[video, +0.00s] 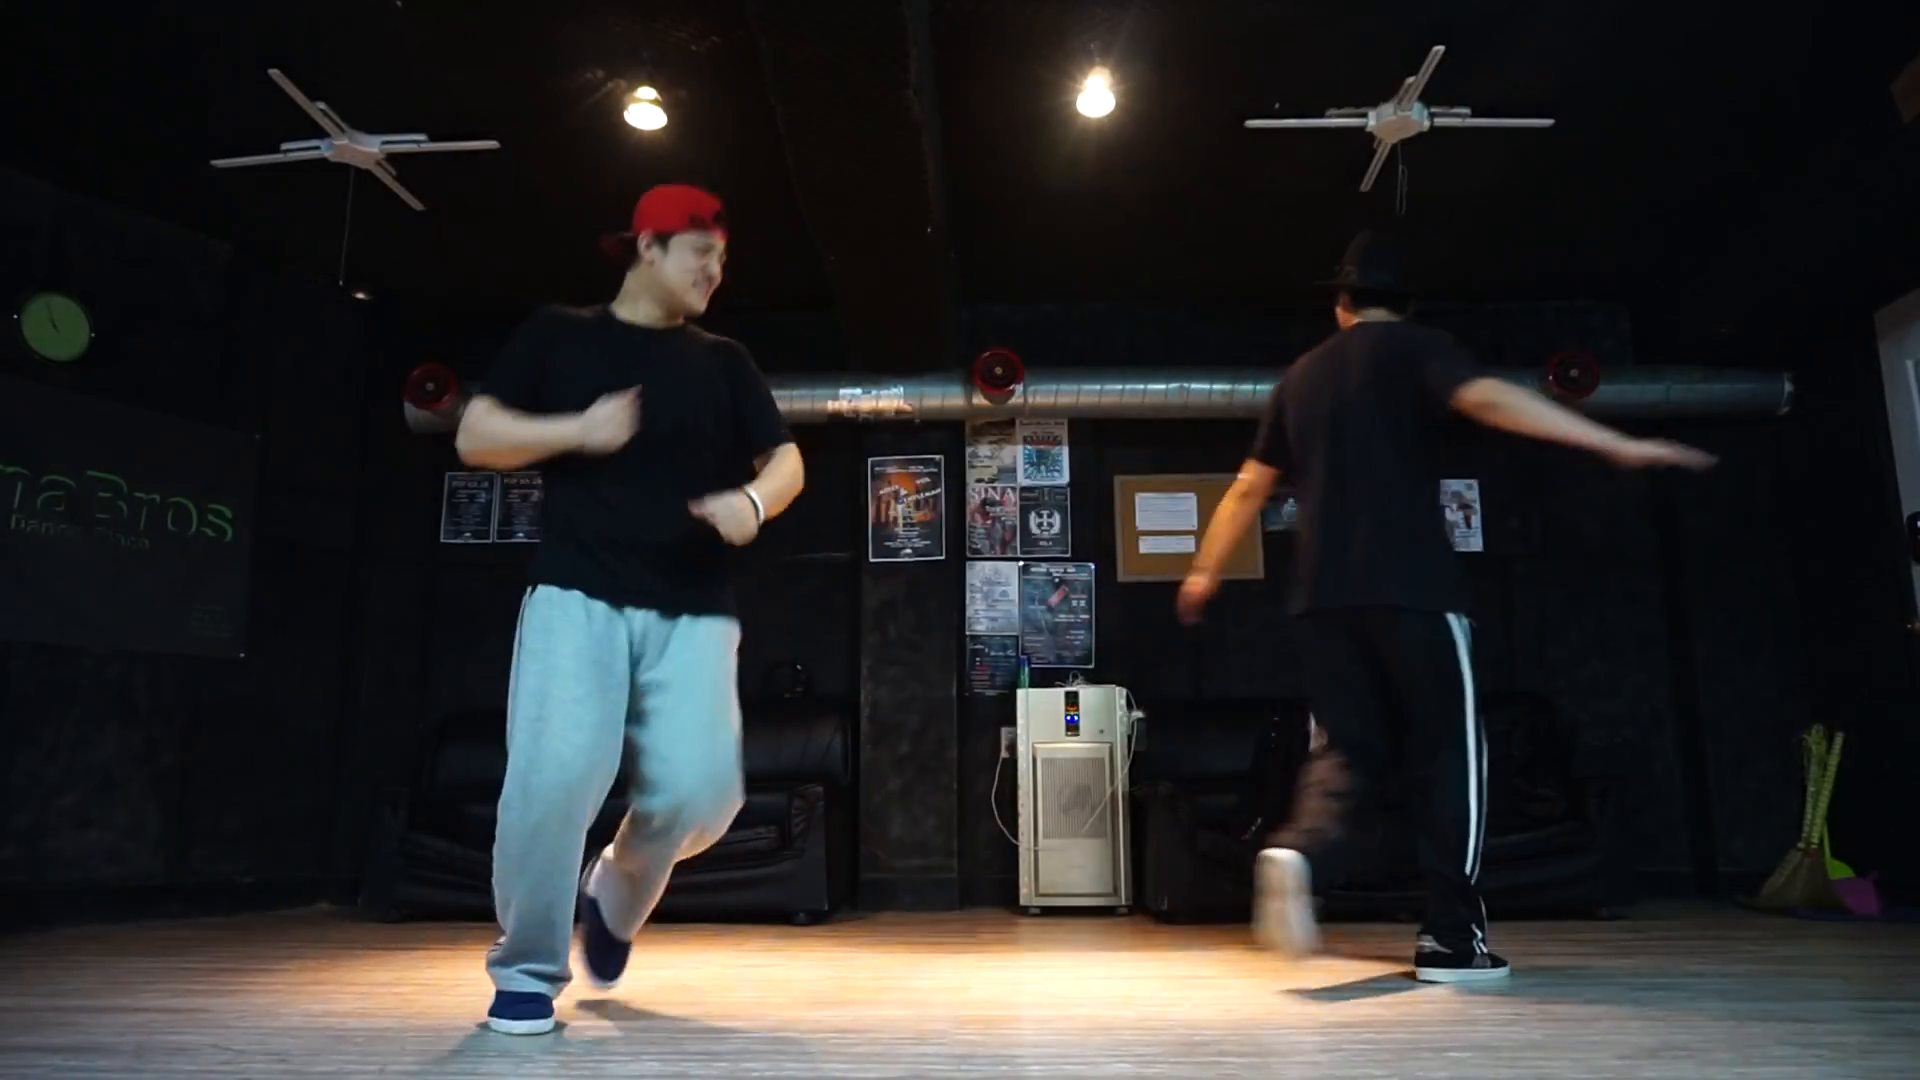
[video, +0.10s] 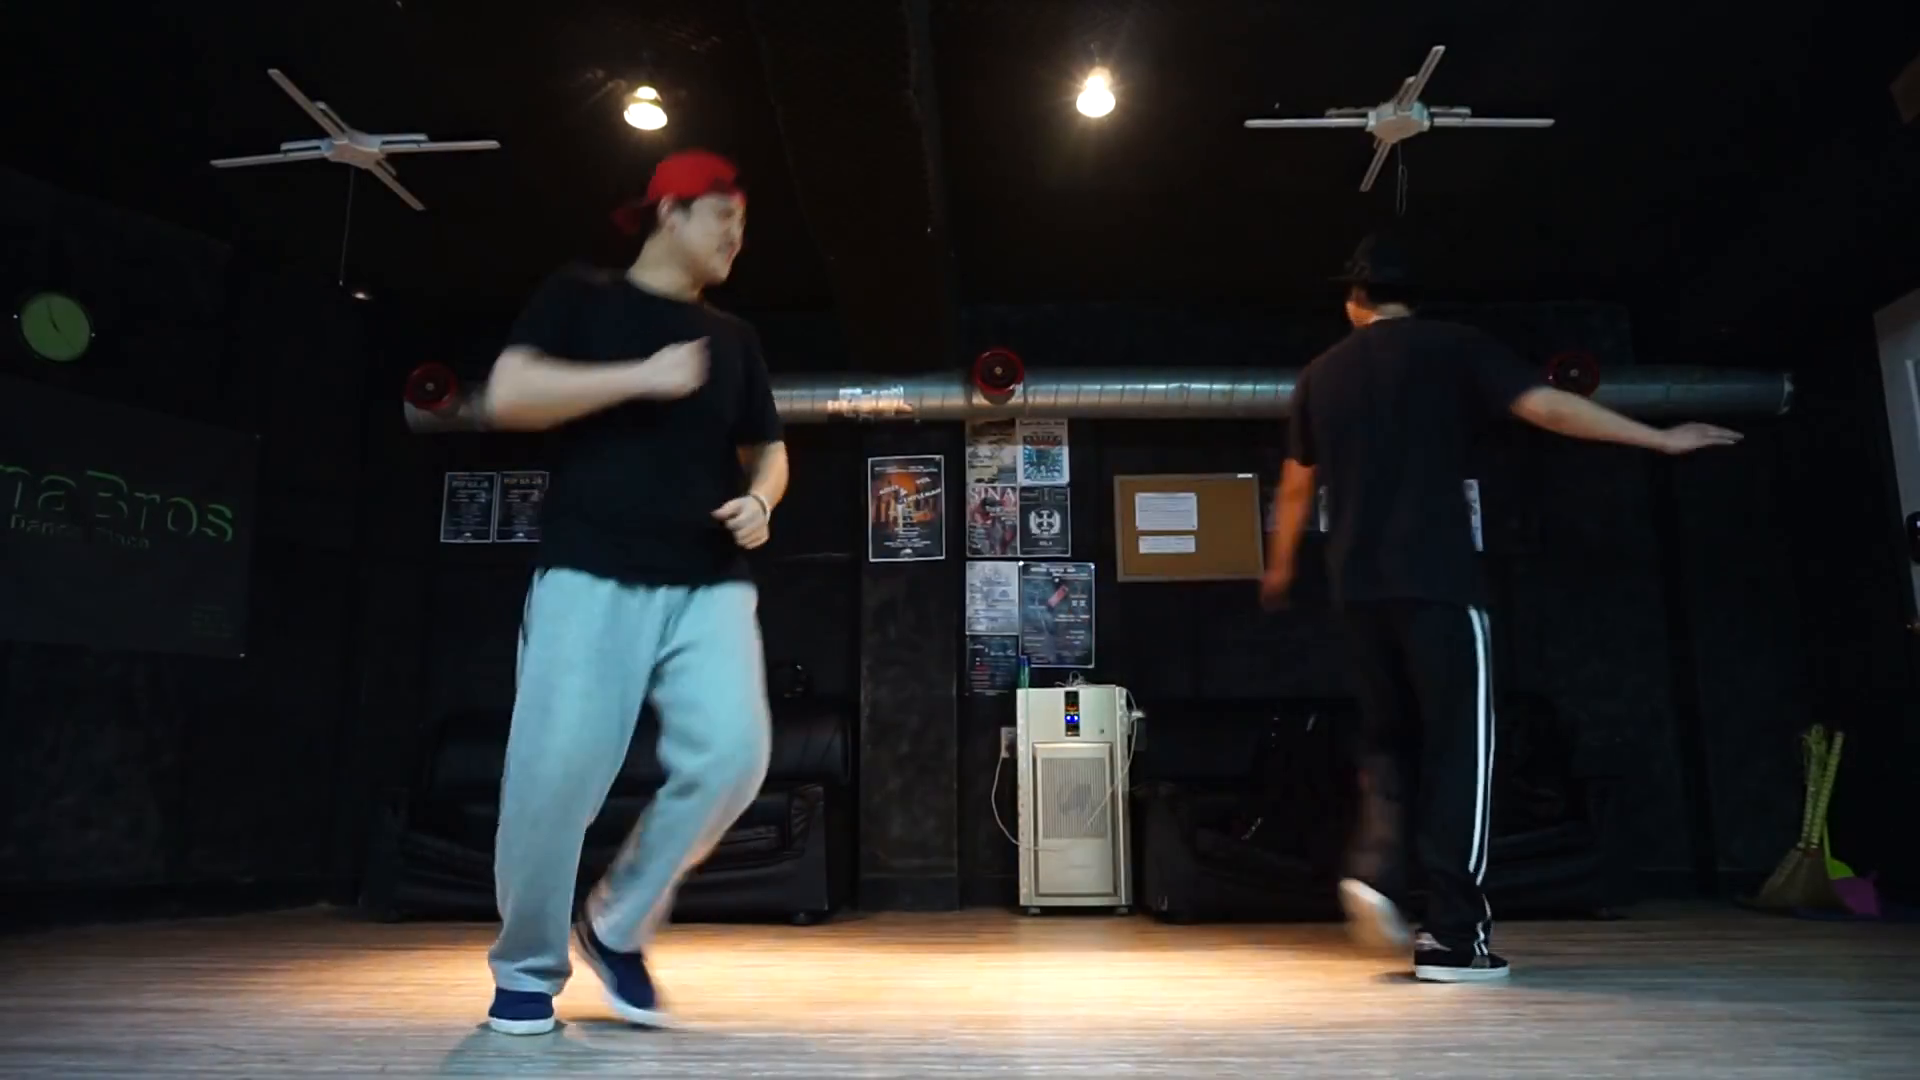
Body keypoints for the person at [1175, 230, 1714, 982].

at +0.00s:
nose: (1354, 309)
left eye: (1347, 297)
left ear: (1339, 301)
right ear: (1408, 298)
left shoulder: (1300, 379)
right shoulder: (1417, 353)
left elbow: (1249, 488)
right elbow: (1494, 401)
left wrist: (1205, 569)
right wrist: (1617, 443)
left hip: (1327, 598)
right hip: (1416, 590)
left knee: (1349, 749)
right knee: (1451, 753)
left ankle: (1296, 853)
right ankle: (1452, 936)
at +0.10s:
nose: (1347, 309)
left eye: (1348, 299)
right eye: (1355, 299)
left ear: (1355, 301)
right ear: (1420, 294)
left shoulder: (1322, 374)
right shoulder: (1450, 350)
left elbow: (1296, 485)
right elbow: (1545, 406)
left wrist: (1279, 563)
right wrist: (1660, 438)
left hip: (1358, 591)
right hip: (1442, 583)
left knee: (1391, 740)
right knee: (1462, 751)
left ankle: (1374, 876)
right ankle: (1455, 937)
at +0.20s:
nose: (1362, 319)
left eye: (1360, 311)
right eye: (1369, 310)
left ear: (1368, 309)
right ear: (1429, 298)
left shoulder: (1344, 382)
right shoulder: (1475, 353)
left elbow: (1345, 495)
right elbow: (1563, 435)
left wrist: (1362, 561)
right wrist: (1628, 452)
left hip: (1389, 591)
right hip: (1467, 583)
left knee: (1427, 747)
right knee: (1472, 749)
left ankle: (1452, 918)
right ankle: (1453, 935)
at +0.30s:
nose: (1381, 337)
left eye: (1381, 327)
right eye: (1390, 326)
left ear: (1387, 327)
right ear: (1448, 320)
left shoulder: (1369, 398)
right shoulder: (1494, 375)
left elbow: (1377, 500)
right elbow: (1552, 478)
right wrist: (1571, 484)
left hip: (1416, 600)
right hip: (1491, 593)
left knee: (1465, 753)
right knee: (1480, 760)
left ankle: (1543, 917)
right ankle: (1453, 936)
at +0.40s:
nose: (1396, 363)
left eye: (1396, 353)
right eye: (1398, 353)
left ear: (1406, 350)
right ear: (1464, 341)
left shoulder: (1391, 420)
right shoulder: (1517, 395)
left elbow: (1401, 523)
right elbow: (1541, 502)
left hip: (1440, 612)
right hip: (1517, 605)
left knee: (1492, 761)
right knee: (1512, 761)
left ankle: (1569, 915)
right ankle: (1457, 924)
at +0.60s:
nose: (1419, 386)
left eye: (1421, 373)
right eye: (1419, 373)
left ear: (1439, 368)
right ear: (1483, 365)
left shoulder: (1417, 439)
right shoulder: (1544, 416)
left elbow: (1409, 544)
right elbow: (1586, 514)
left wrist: (1412, 637)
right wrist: (1585, 592)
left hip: (1470, 623)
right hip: (1550, 614)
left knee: (1506, 760)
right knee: (1602, 741)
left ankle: (1567, 914)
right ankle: (1574, 838)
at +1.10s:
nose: (1430, 418)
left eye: (1435, 403)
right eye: (1427, 407)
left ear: (1469, 395)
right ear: (1479, 397)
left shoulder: (1468, 451)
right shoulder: (1547, 446)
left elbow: (1449, 507)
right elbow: (1625, 502)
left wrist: (1412, 574)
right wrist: (1667, 546)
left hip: (1499, 628)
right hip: (1560, 623)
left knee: (1499, 765)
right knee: (1554, 756)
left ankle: (1567, 907)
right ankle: (1552, 902)